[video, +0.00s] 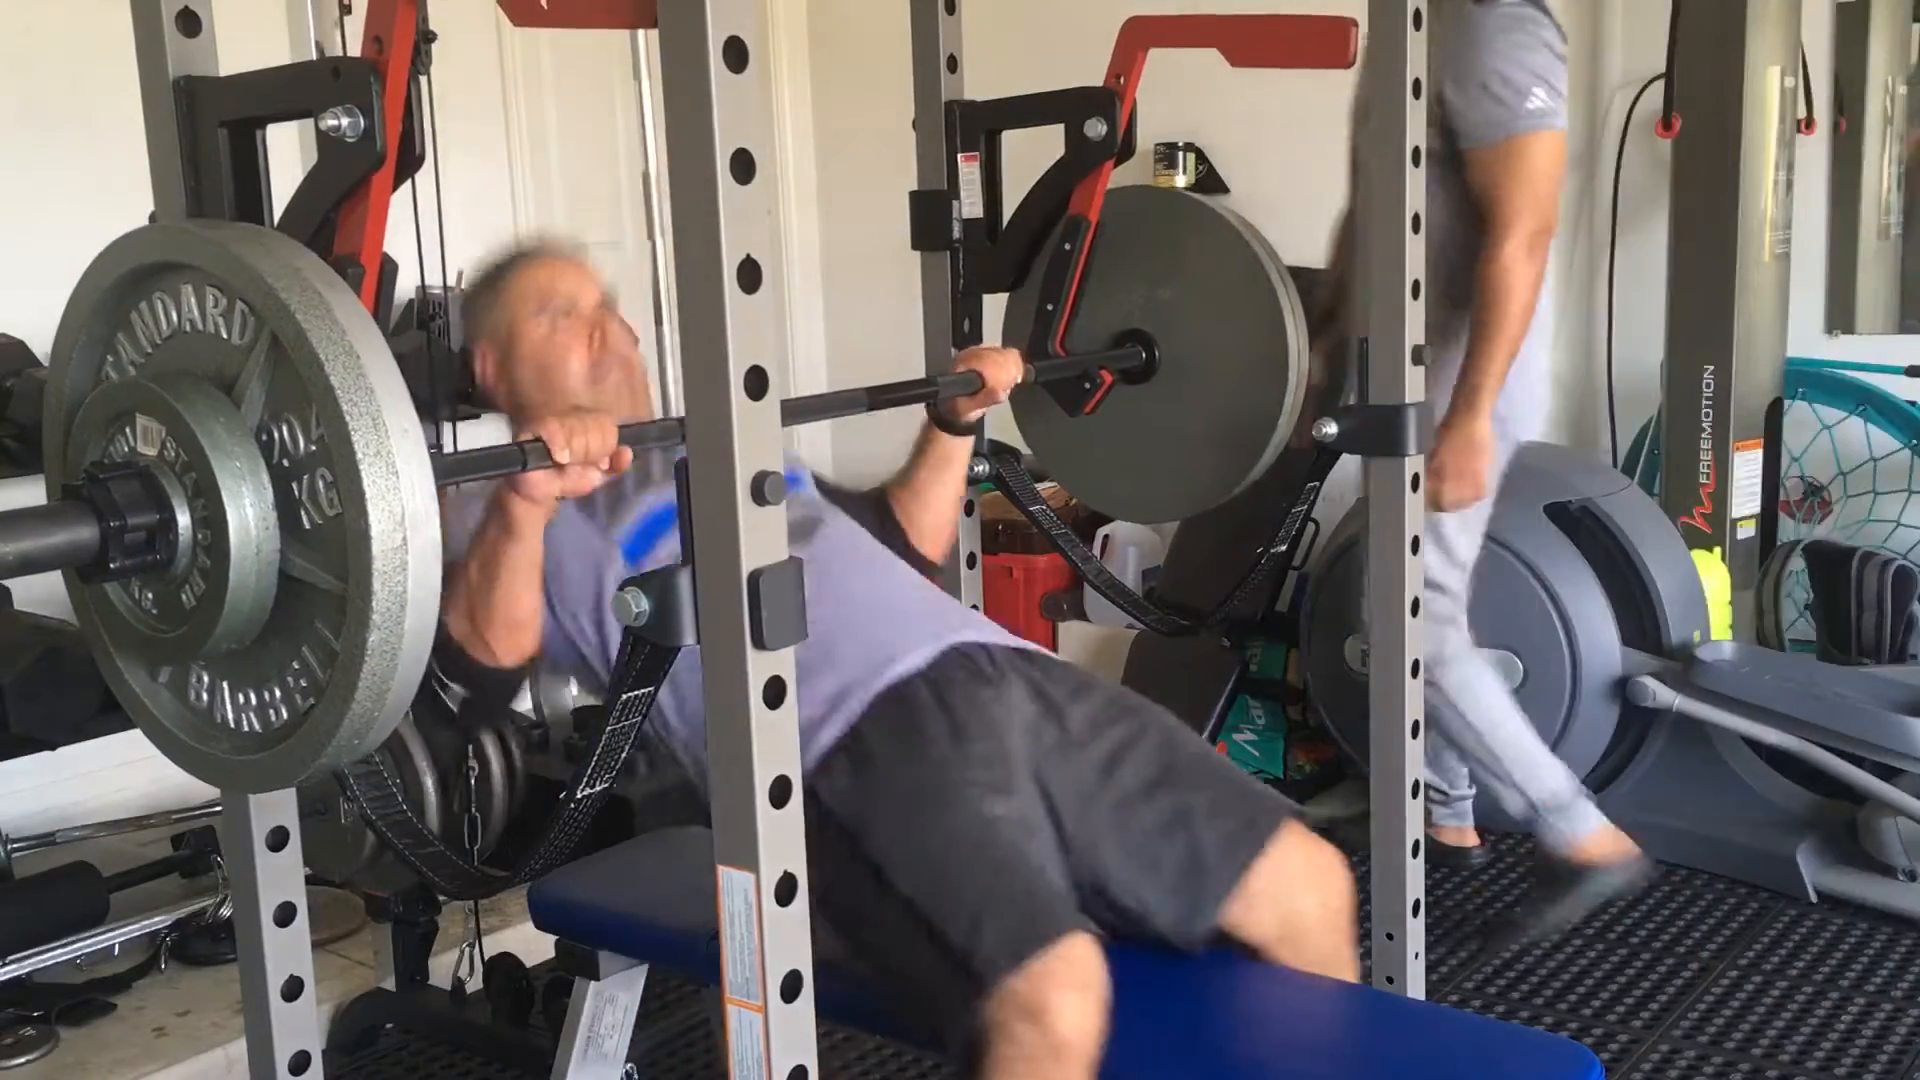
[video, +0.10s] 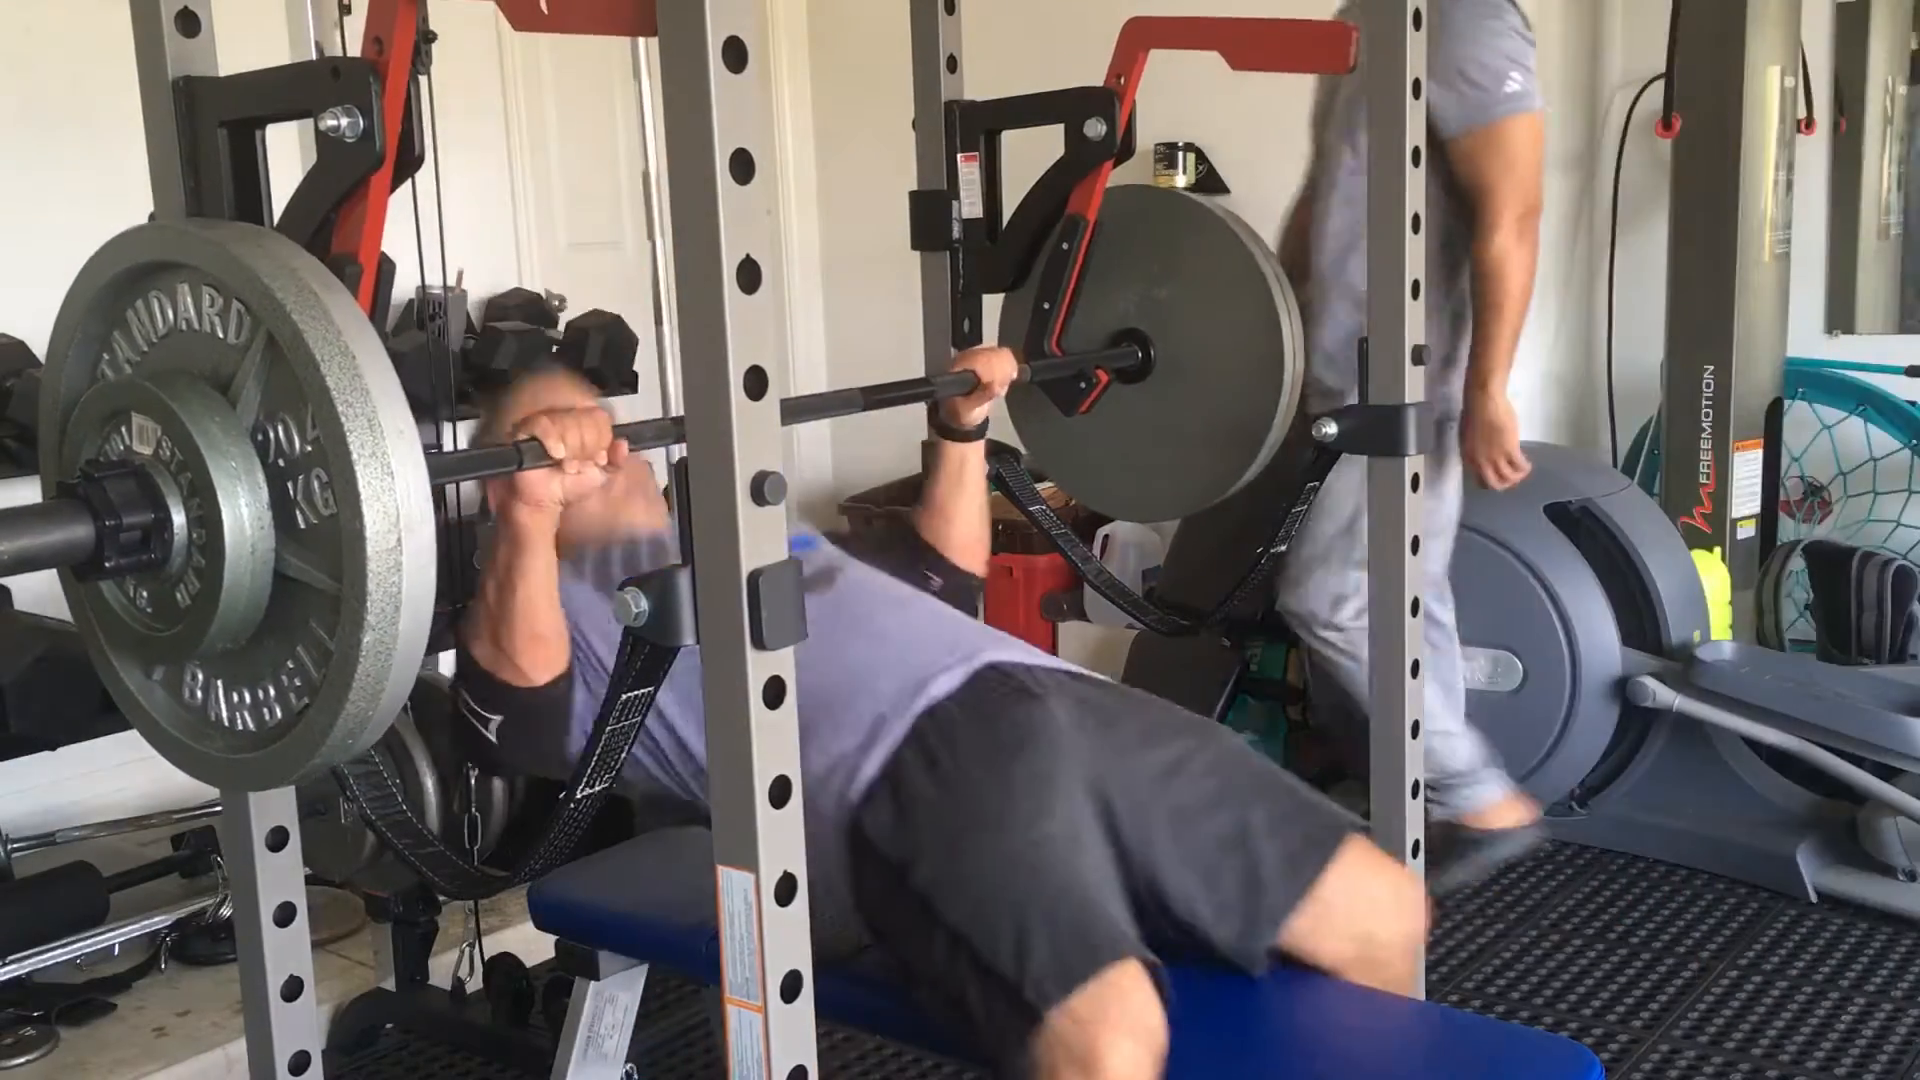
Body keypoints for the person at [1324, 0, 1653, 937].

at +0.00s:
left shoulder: (1491, 26)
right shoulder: (1425, 31)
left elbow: (1522, 232)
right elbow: (1382, 209)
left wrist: (1471, 416)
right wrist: (1330, 338)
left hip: (1467, 380)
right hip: (1425, 375)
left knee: (1419, 623)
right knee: (1406, 612)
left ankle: (1585, 839)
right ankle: (1444, 814)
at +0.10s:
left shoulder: (1468, 24)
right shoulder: (1363, 39)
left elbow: (1510, 215)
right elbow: (1320, 203)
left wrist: (1488, 390)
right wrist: (1260, 326)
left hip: (1414, 383)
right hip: (1357, 377)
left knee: (1324, 593)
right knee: (1411, 597)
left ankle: (1483, 802)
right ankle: (1416, 806)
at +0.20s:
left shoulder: (1442, 22)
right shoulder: (1319, 34)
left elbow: (1493, 202)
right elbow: (1274, 206)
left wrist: (1481, 376)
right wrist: (1202, 325)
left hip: (1374, 383)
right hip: (1321, 380)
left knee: (1274, 590)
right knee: (1389, 591)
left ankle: (1342, 825)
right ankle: (1441, 812)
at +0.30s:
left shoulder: (1398, 27)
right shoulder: (1272, 43)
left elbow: (1457, 211)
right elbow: (1234, 203)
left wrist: (1454, 380)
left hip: (1330, 387)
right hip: (1280, 379)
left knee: (1228, 629)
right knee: (1386, 613)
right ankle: (1443, 820)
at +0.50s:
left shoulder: (1304, 55)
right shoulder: (1170, 59)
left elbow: (1345, 250)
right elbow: (1149, 239)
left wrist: (1317, 419)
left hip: (1248, 397)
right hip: (1187, 389)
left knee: (1137, 613)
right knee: (1290, 589)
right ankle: (1408, 765)